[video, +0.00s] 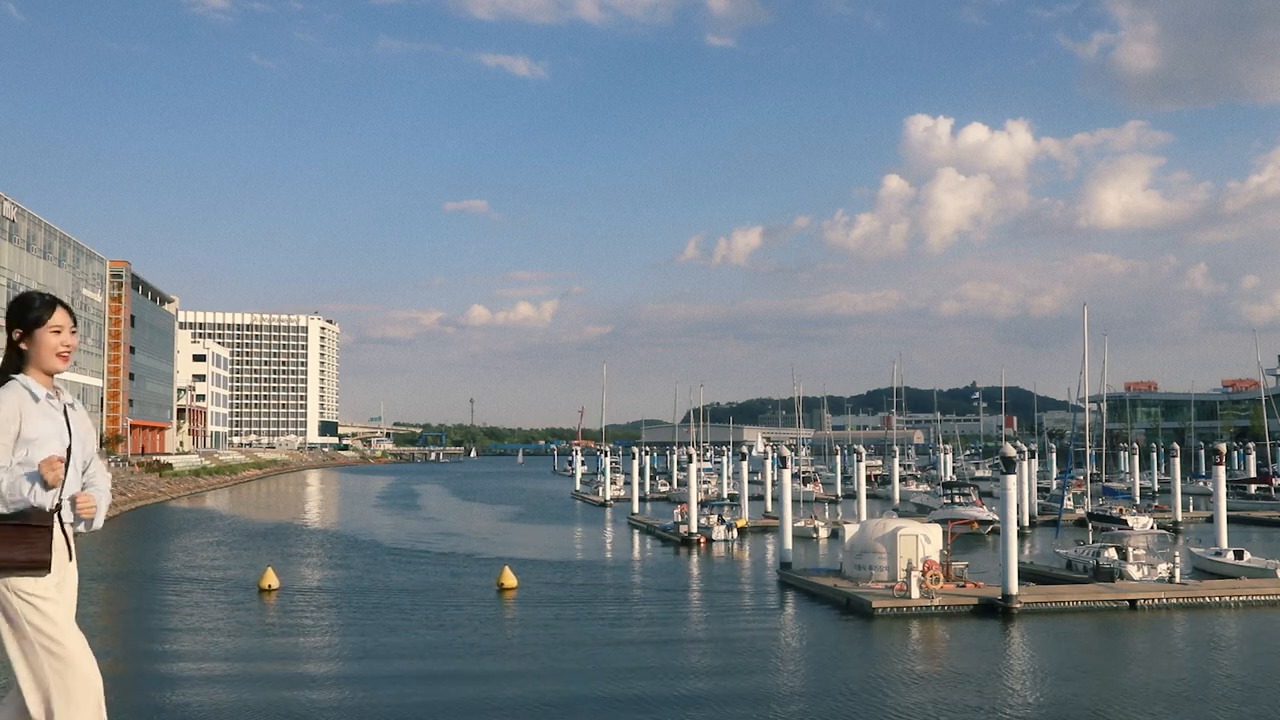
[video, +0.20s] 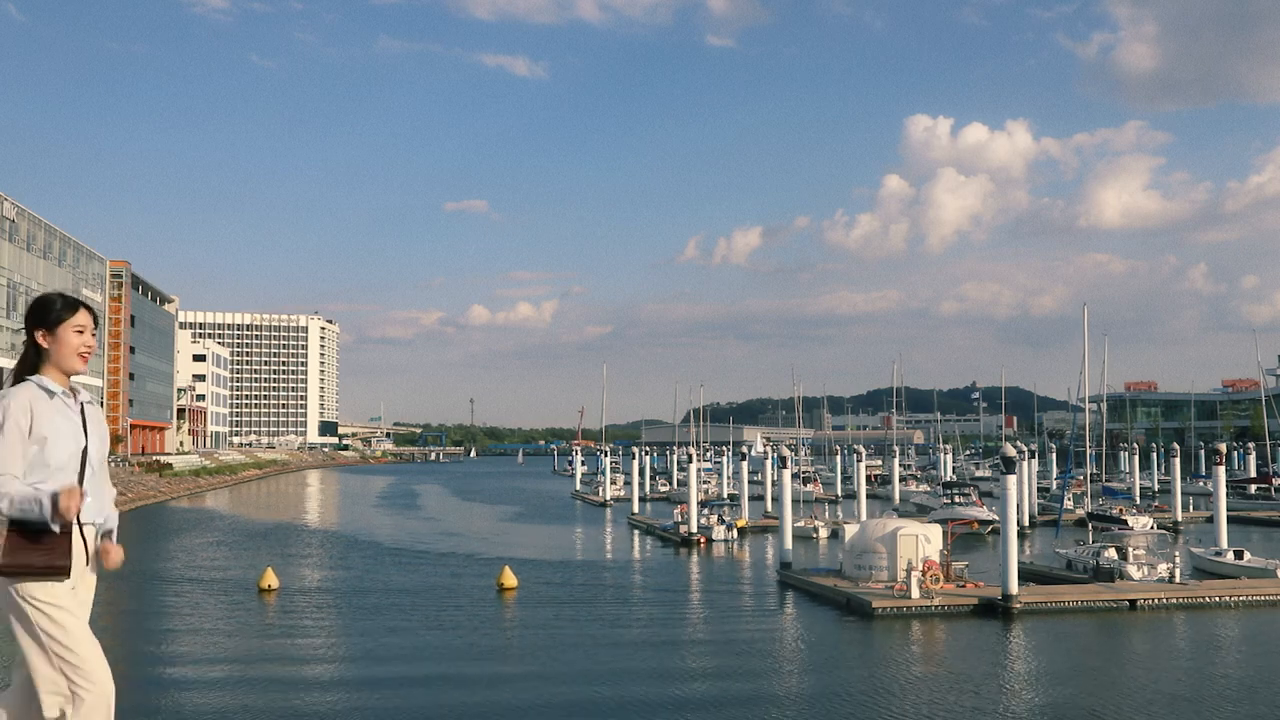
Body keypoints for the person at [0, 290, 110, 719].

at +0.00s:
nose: (69, 341)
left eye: (72, 332)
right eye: (56, 331)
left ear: (75, 339)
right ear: (23, 338)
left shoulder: (73, 408)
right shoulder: (10, 399)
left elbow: (96, 469)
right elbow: (2, 486)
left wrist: (96, 498)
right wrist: (35, 480)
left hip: (63, 547)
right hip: (18, 549)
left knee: (36, 677)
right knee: (76, 673)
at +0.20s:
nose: (90, 343)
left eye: (92, 334)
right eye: (79, 331)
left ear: (93, 342)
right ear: (44, 338)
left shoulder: (91, 409)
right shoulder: (18, 401)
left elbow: (100, 483)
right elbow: (3, 487)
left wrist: (109, 533)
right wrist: (49, 502)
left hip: (82, 556)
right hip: (31, 557)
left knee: (36, 689)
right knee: (93, 689)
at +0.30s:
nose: (101, 357)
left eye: (103, 348)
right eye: (91, 345)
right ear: (56, 349)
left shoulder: (100, 422)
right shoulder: (23, 415)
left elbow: (115, 507)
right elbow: (27, 509)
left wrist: (130, 580)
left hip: (104, 566)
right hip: (51, 570)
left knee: (63, 695)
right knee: (103, 699)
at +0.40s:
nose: (115, 361)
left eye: (117, 352)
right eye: (106, 348)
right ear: (70, 347)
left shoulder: (113, 423)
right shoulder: (31, 417)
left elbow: (136, 498)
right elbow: (41, 504)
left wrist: (181, 560)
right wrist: (119, 541)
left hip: (113, 577)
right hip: (61, 579)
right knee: (99, 704)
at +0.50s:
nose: (130, 349)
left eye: (132, 341)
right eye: (122, 335)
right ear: (86, 333)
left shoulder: (121, 409)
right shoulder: (47, 398)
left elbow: (149, 481)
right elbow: (60, 479)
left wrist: (219, 509)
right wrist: (136, 493)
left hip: (126, 555)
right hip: (76, 556)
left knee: (168, 676)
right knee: (99, 696)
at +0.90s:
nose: (189, 341)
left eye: (190, 332)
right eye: (180, 329)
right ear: (145, 331)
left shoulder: (178, 408)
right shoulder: (118, 396)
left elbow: (195, 498)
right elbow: (124, 478)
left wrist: (259, 475)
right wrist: (191, 472)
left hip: (189, 552)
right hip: (142, 553)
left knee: (219, 685)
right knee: (133, 695)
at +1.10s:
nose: (218, 335)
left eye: (219, 325)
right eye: (209, 323)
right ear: (175, 326)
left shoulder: (207, 398)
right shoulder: (154, 388)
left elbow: (221, 490)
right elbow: (157, 472)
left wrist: (285, 477)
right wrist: (231, 464)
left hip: (216, 537)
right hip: (173, 536)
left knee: (231, 682)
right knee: (148, 681)